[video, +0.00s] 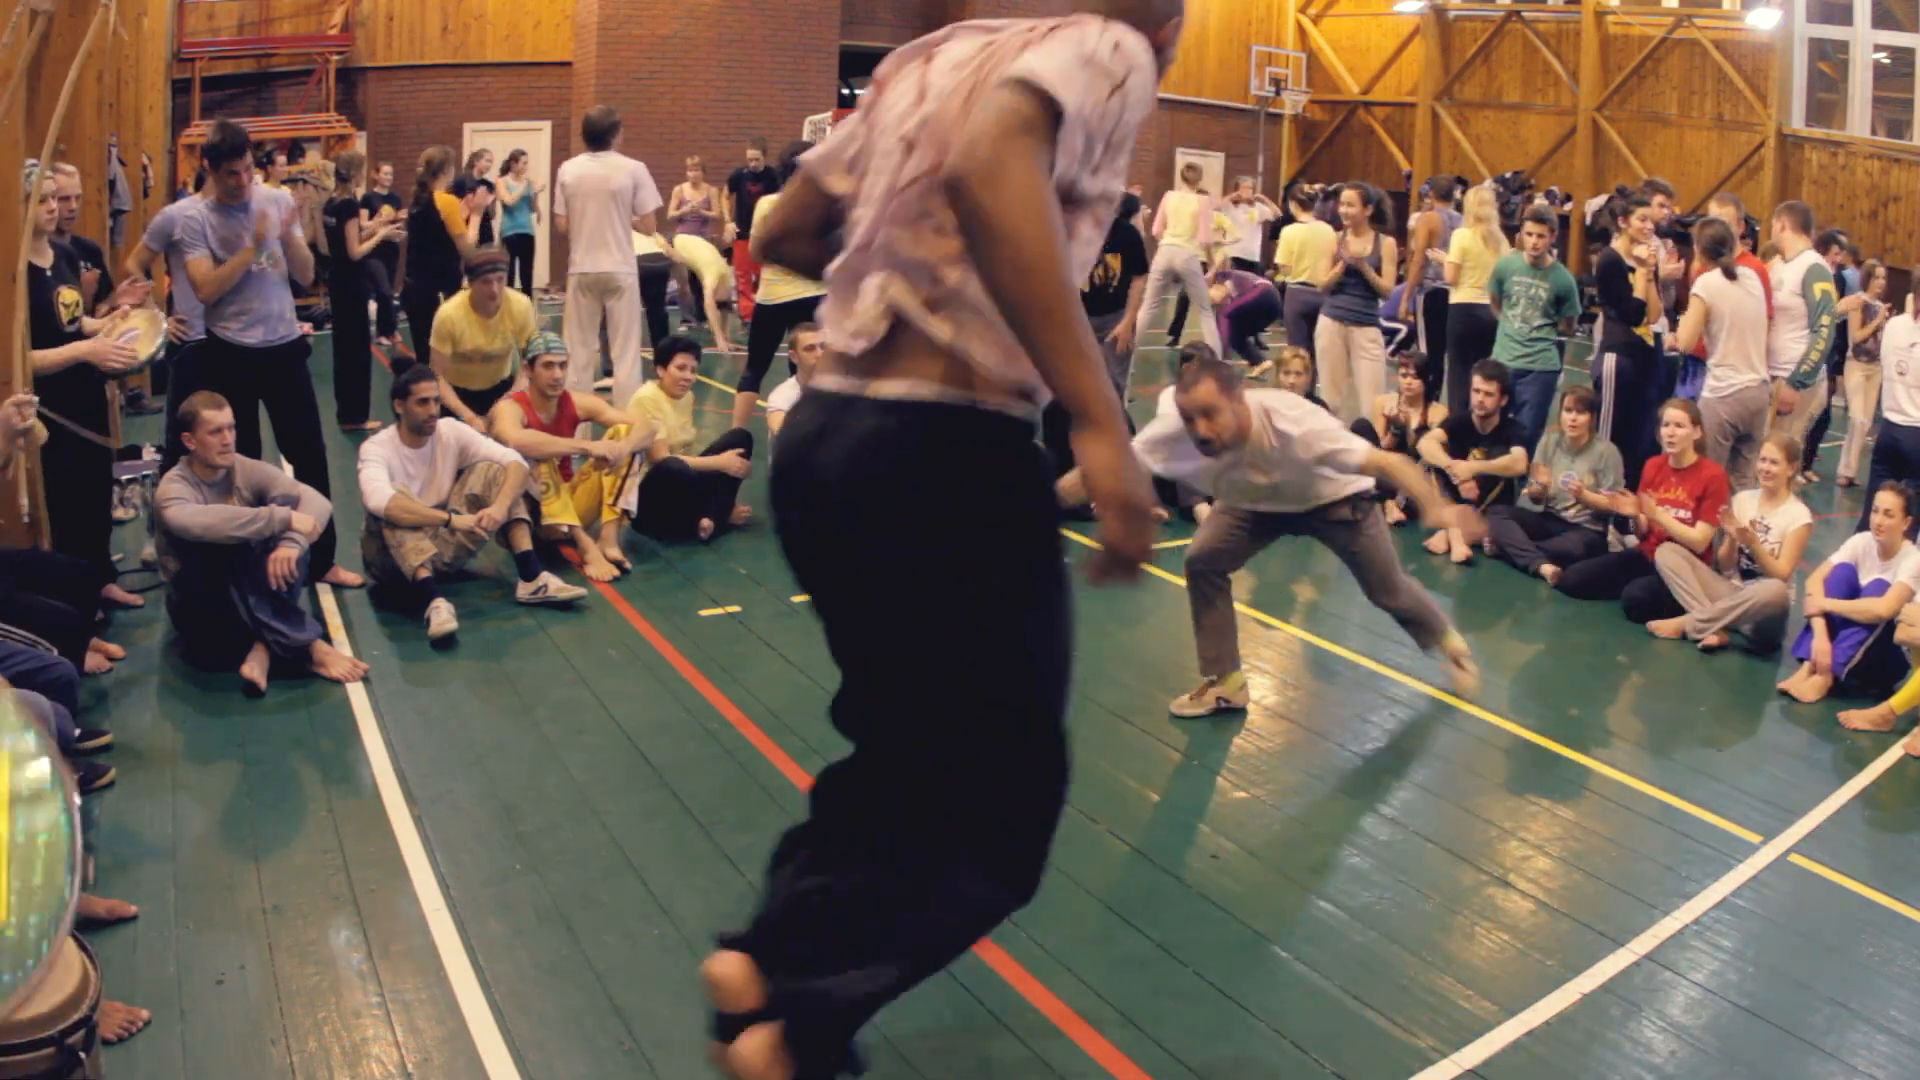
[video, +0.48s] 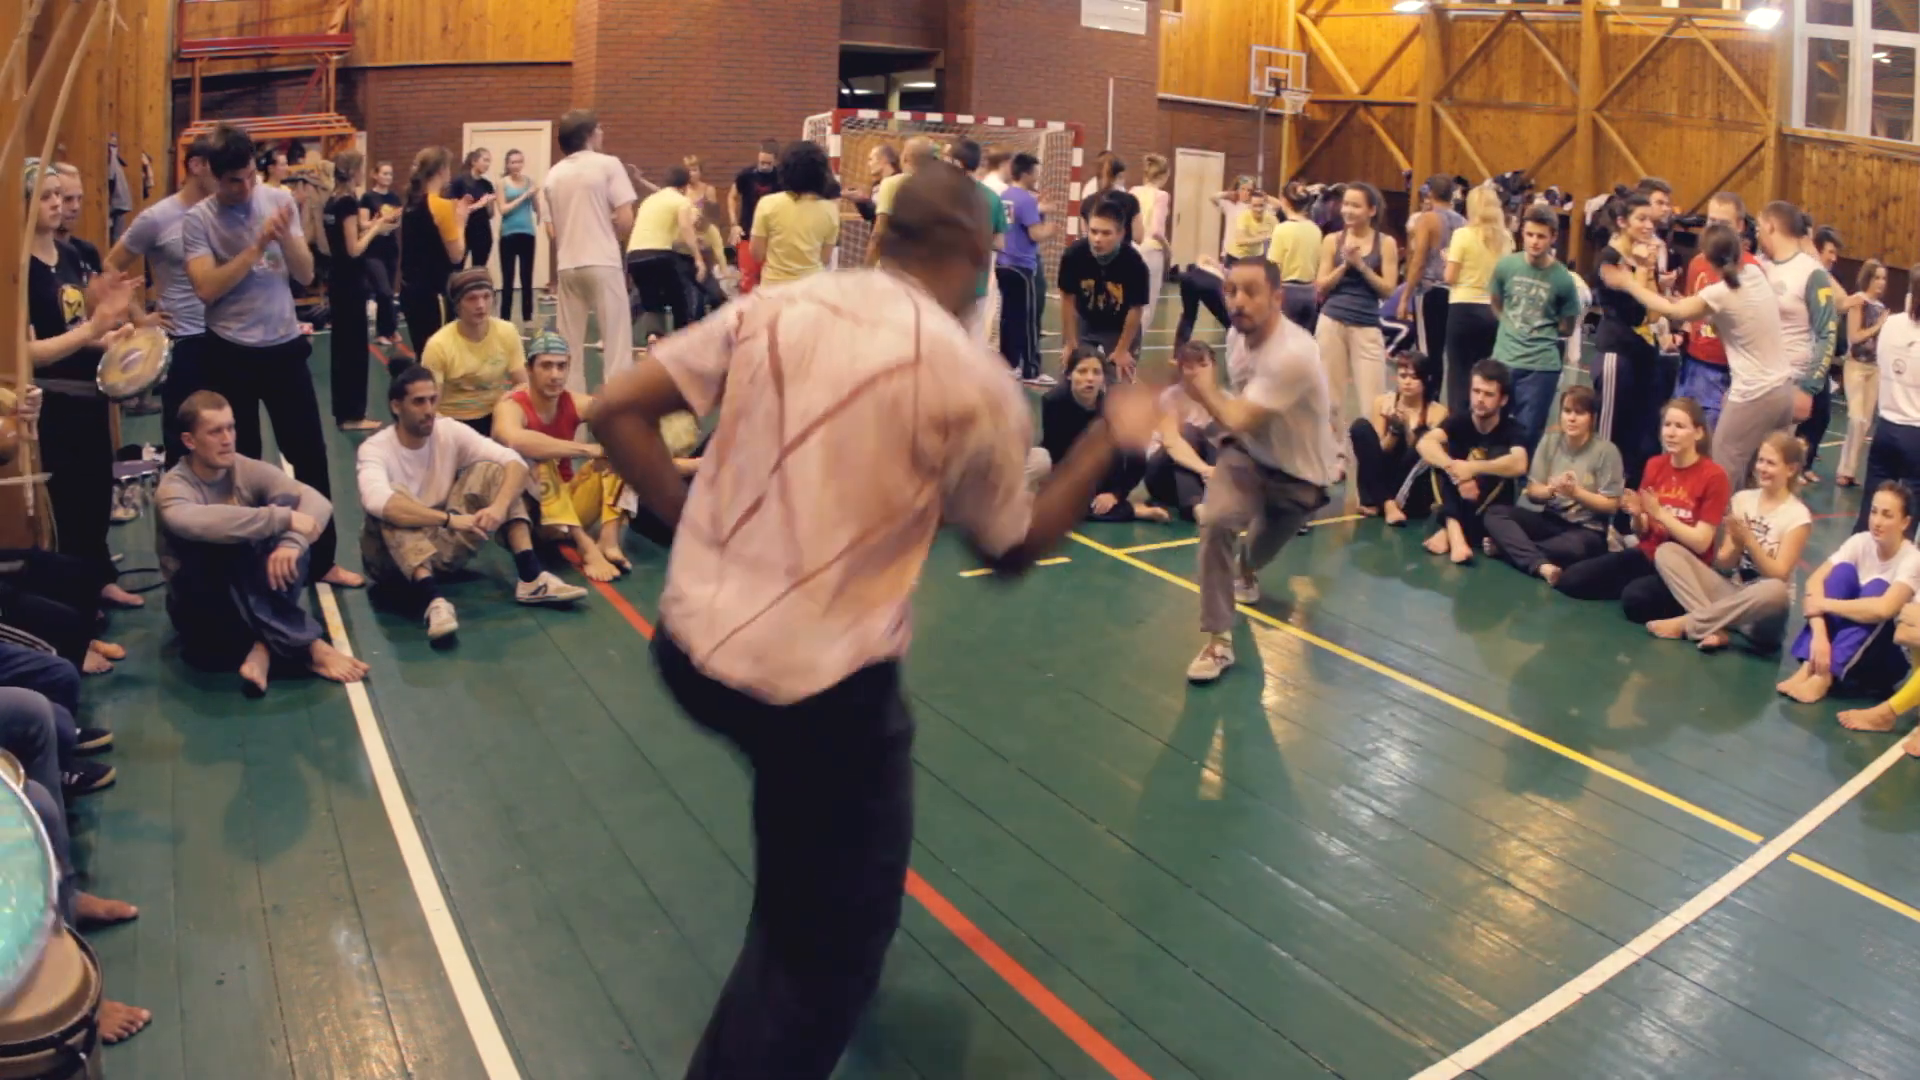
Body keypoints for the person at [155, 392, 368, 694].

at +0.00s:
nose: (228, 440)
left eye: (231, 429)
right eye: (215, 432)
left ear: (237, 429)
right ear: (189, 441)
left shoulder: (245, 469)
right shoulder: (174, 487)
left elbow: (316, 502)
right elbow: (190, 523)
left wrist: (292, 544)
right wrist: (283, 518)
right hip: (208, 612)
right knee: (214, 544)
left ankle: (264, 645)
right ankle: (310, 645)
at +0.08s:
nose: (228, 439)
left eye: (230, 429)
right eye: (215, 432)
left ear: (236, 429)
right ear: (189, 441)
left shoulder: (245, 469)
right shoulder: (174, 487)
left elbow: (317, 502)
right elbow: (191, 523)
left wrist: (292, 544)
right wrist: (283, 517)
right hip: (208, 610)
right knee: (213, 545)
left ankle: (264, 646)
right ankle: (309, 645)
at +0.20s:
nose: (228, 439)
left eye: (230, 429)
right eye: (215, 432)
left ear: (236, 429)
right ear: (189, 441)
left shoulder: (244, 469)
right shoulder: (174, 487)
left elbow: (317, 502)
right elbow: (191, 523)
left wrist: (292, 543)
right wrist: (283, 517)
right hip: (209, 612)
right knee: (213, 545)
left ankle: (264, 646)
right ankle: (310, 645)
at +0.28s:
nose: (228, 439)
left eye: (230, 429)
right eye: (215, 432)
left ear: (236, 429)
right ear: (189, 440)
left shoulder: (244, 469)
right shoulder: (174, 487)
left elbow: (316, 502)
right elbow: (191, 523)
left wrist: (292, 543)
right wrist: (283, 517)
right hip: (209, 612)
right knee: (213, 546)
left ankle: (264, 646)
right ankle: (310, 645)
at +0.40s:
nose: (228, 439)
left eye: (230, 429)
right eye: (215, 432)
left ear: (236, 429)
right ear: (189, 440)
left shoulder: (244, 469)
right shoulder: (174, 487)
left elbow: (317, 501)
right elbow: (192, 523)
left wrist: (292, 544)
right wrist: (283, 517)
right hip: (208, 612)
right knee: (213, 546)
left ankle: (264, 646)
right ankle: (310, 645)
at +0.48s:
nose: (228, 439)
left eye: (230, 429)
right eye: (215, 432)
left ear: (236, 429)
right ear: (189, 440)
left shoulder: (245, 469)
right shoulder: (174, 488)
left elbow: (317, 502)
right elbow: (191, 523)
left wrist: (292, 544)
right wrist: (283, 518)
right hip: (208, 611)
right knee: (213, 546)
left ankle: (264, 646)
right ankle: (310, 646)